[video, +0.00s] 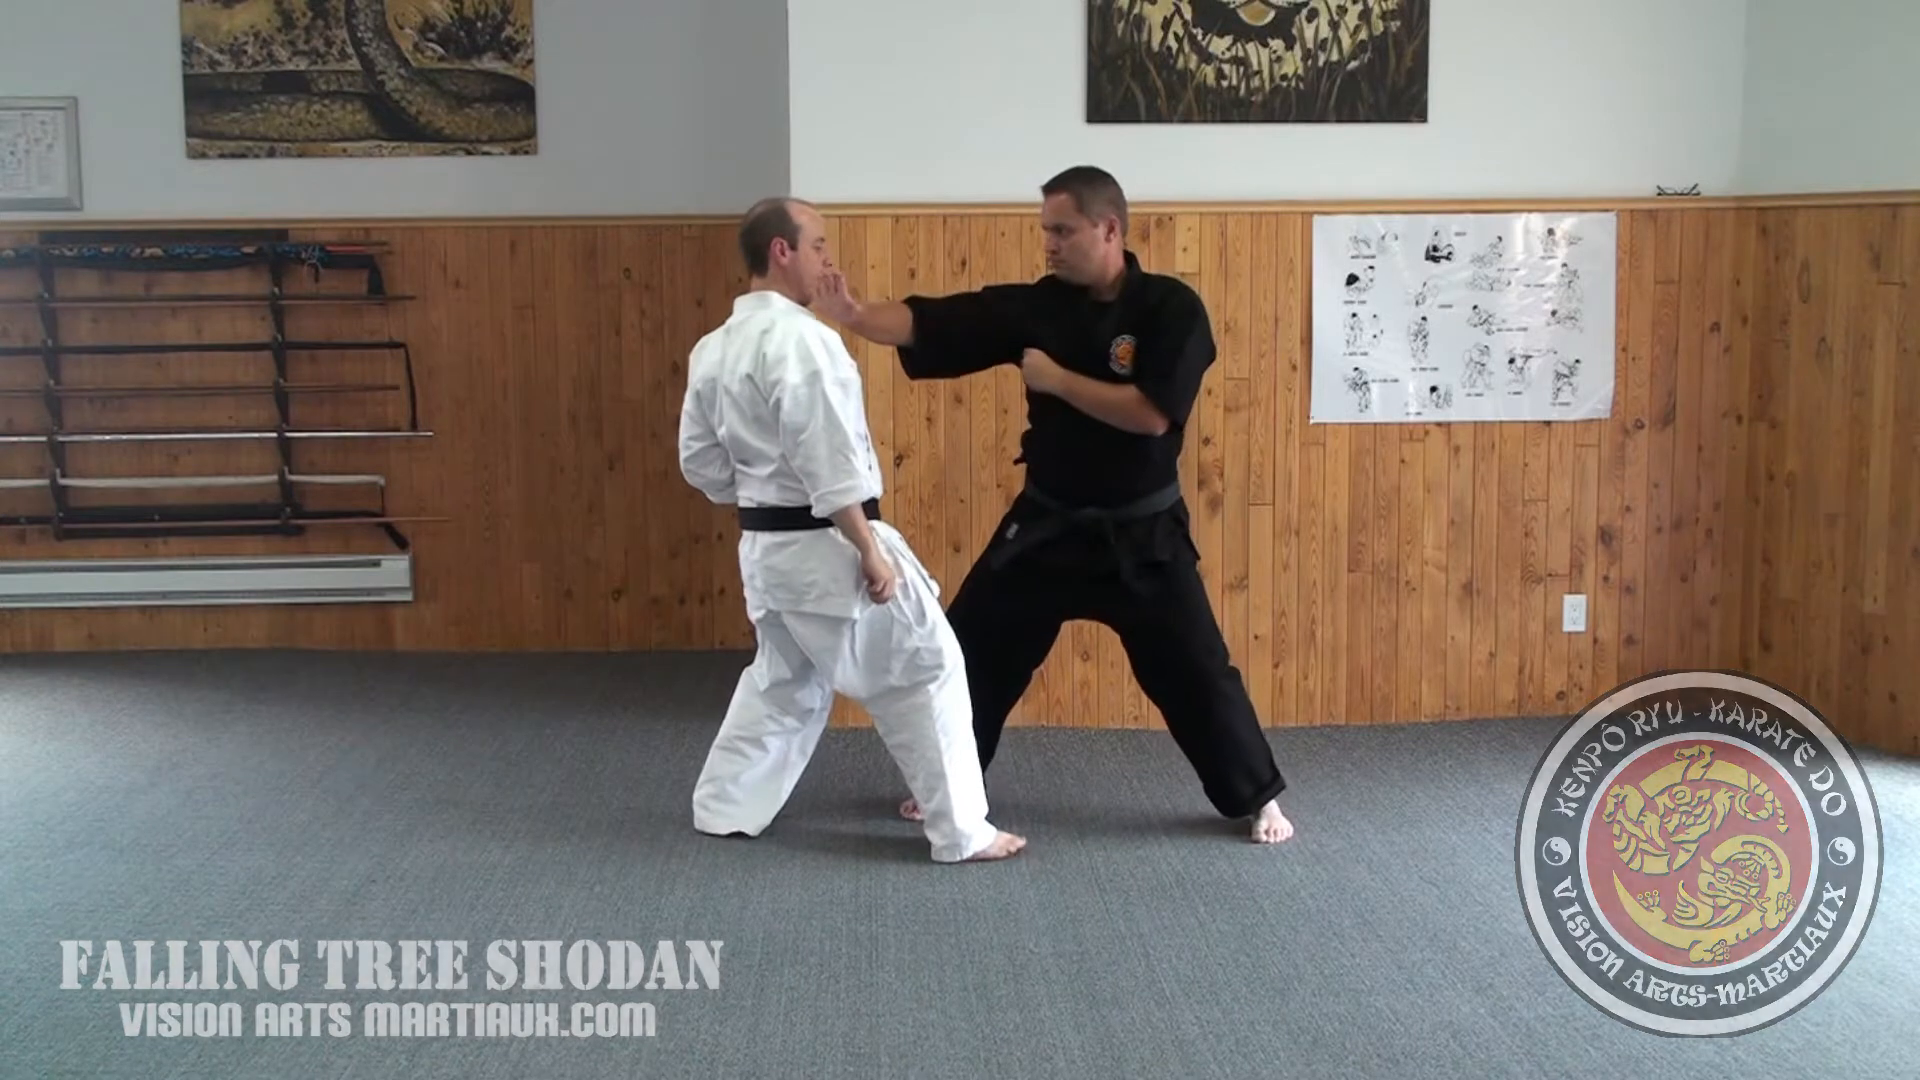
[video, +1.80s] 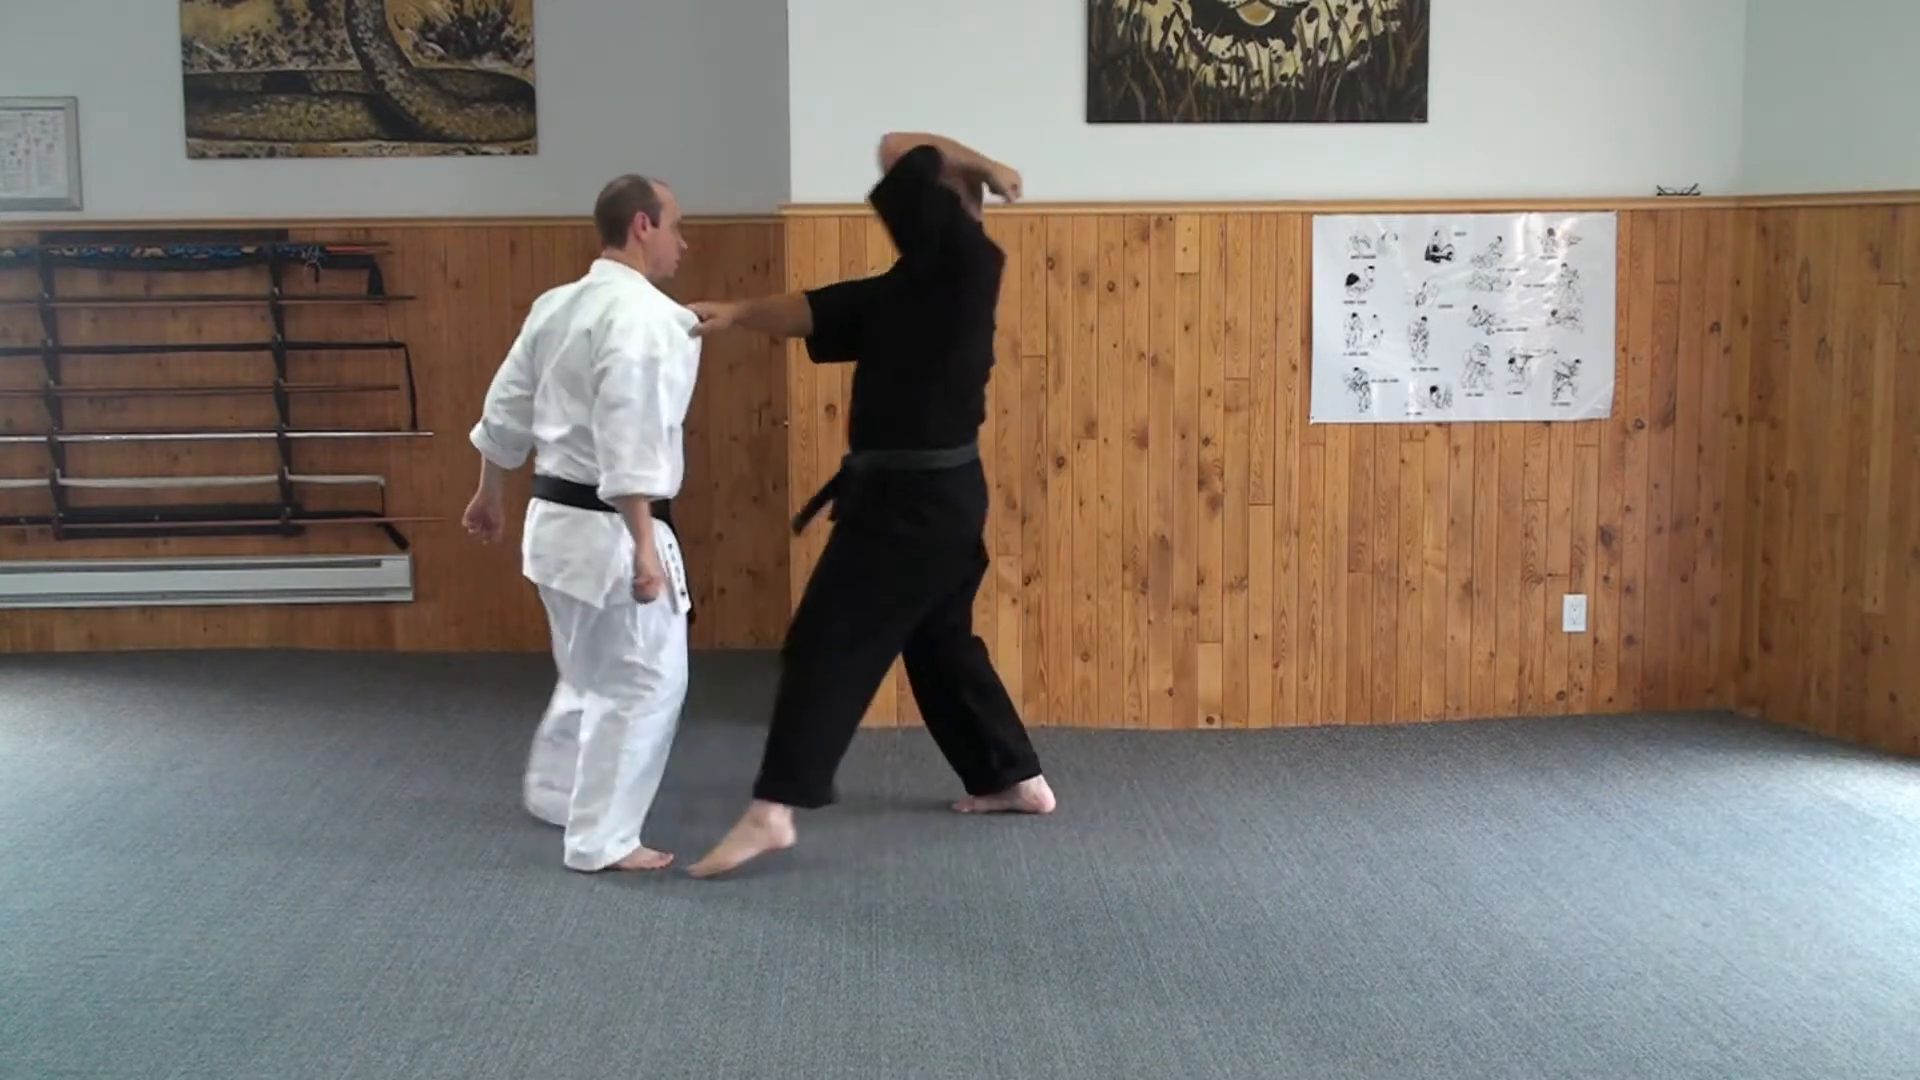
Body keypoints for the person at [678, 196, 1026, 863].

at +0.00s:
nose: (829, 261)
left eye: (827, 246)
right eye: (818, 246)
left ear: (768, 255)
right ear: (781, 252)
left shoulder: (711, 350)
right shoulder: (804, 343)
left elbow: (700, 461)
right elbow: (827, 459)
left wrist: (761, 503)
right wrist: (869, 549)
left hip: (764, 550)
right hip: (830, 548)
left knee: (782, 679)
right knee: (927, 668)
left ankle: (722, 807)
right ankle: (962, 830)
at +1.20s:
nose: (760, 263)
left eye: (758, 250)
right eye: (754, 250)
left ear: (699, 254)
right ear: (725, 250)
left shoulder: (640, 349)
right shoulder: (746, 332)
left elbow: (630, 466)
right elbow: (798, 440)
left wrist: (693, 496)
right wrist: (860, 518)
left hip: (691, 551)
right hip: (769, 549)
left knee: (735, 682)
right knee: (843, 679)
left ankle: (726, 812)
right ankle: (914, 823)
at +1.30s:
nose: (743, 259)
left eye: (741, 244)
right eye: (736, 244)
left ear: (684, 246)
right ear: (705, 244)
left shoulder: (622, 336)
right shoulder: (718, 328)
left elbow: (601, 461)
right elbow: (768, 444)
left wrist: (664, 492)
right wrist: (827, 526)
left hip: (663, 550)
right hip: (734, 549)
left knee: (721, 675)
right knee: (829, 651)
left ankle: (724, 807)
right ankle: (815, 810)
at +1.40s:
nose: (722, 251)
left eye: (721, 236)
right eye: (717, 235)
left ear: (658, 239)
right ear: (685, 236)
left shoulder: (602, 326)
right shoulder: (704, 323)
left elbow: (574, 438)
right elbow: (737, 442)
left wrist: (600, 501)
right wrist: (788, 524)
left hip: (639, 536)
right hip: (714, 536)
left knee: (688, 671)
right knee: (770, 666)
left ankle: (720, 805)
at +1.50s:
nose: (714, 248)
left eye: (712, 232)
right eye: (707, 232)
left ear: (653, 235)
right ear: (674, 233)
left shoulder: (588, 320)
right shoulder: (688, 321)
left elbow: (547, 423)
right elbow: (710, 446)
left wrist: (533, 506)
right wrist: (755, 531)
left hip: (612, 535)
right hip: (679, 538)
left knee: (692, 674)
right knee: (681, 683)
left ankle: (715, 807)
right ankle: (601, 820)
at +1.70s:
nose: (694, 243)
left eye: (694, 227)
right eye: (689, 227)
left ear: (626, 231)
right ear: (655, 229)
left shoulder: (565, 303)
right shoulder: (658, 317)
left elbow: (513, 403)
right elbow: (652, 446)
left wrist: (485, 487)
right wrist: (683, 543)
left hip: (563, 525)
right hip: (626, 531)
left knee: (632, 670)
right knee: (643, 685)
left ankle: (662, 804)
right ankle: (600, 839)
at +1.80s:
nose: (680, 241)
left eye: (678, 227)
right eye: (674, 227)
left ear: (617, 232)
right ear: (641, 230)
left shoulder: (556, 304)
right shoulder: (645, 318)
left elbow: (506, 407)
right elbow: (629, 439)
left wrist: (488, 489)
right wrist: (645, 546)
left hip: (553, 525)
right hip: (615, 533)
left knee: (584, 668)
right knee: (646, 684)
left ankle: (554, 791)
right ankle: (601, 839)